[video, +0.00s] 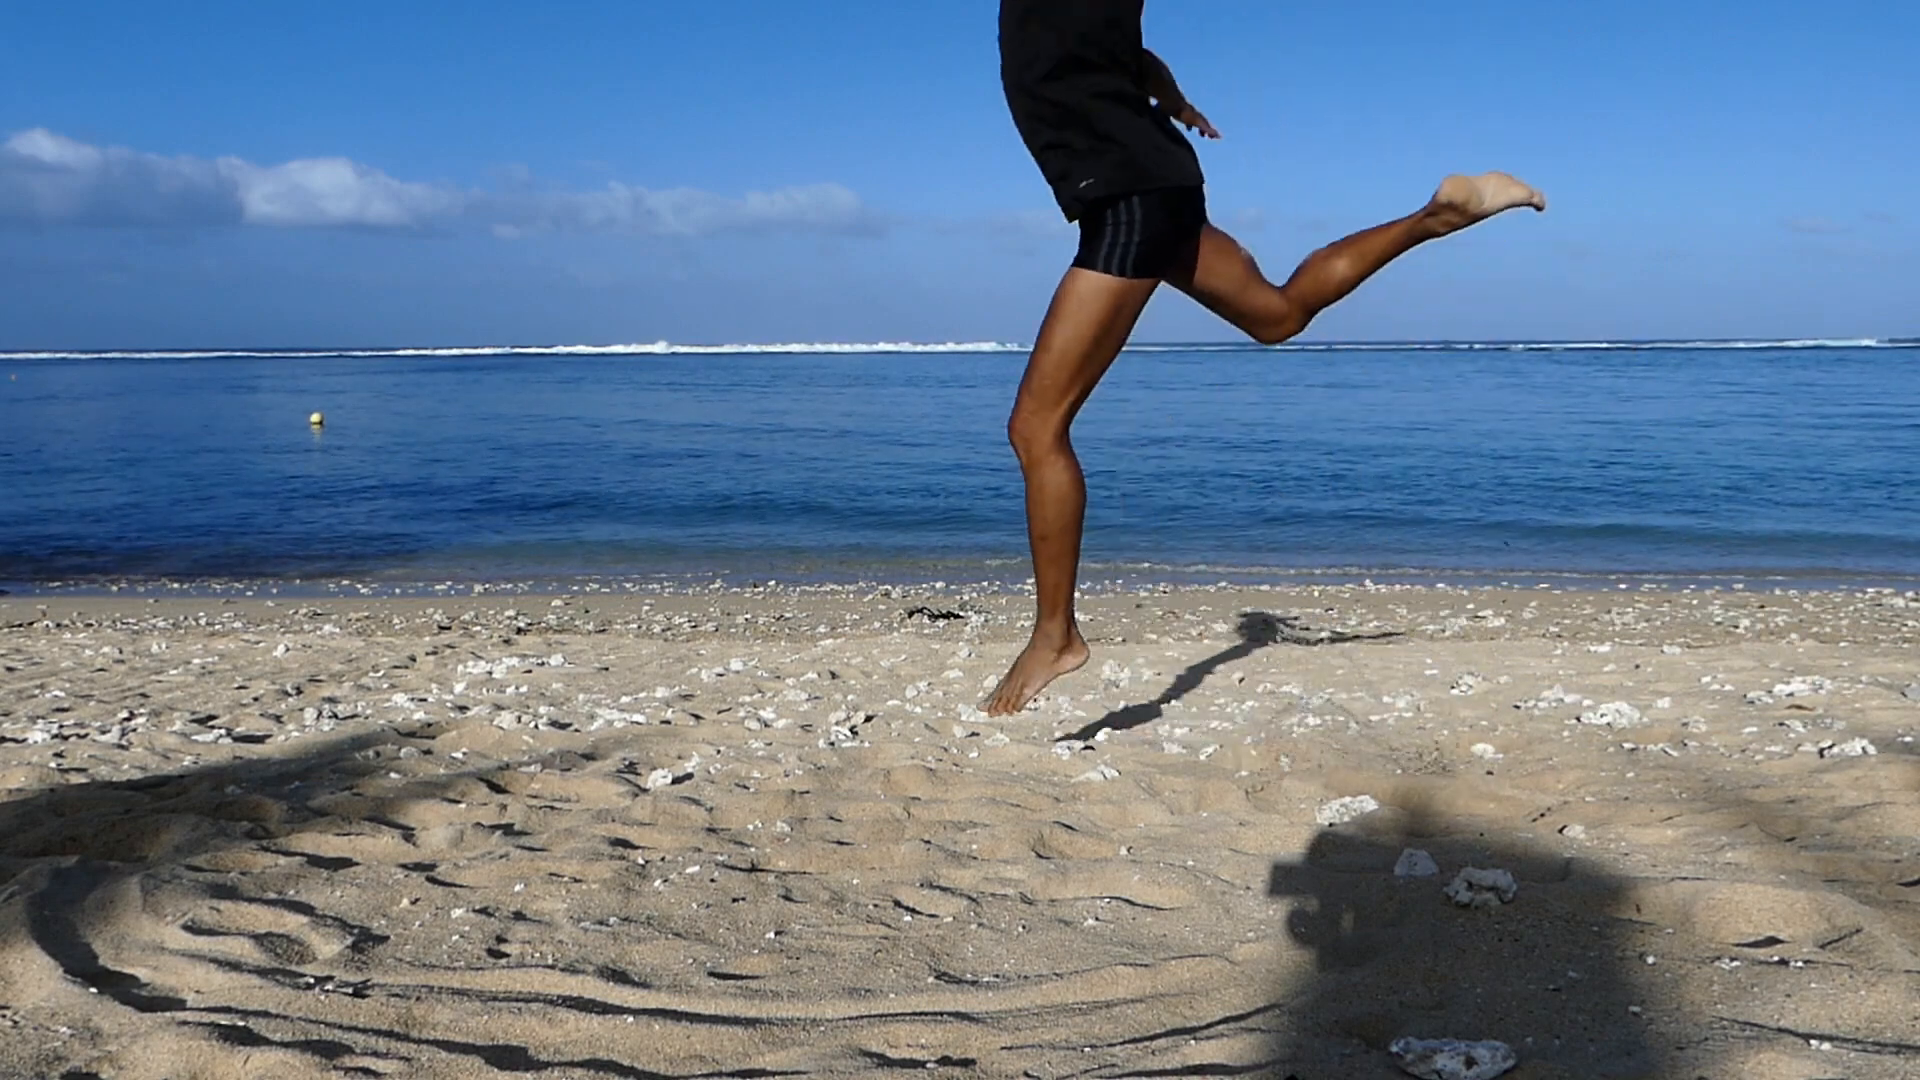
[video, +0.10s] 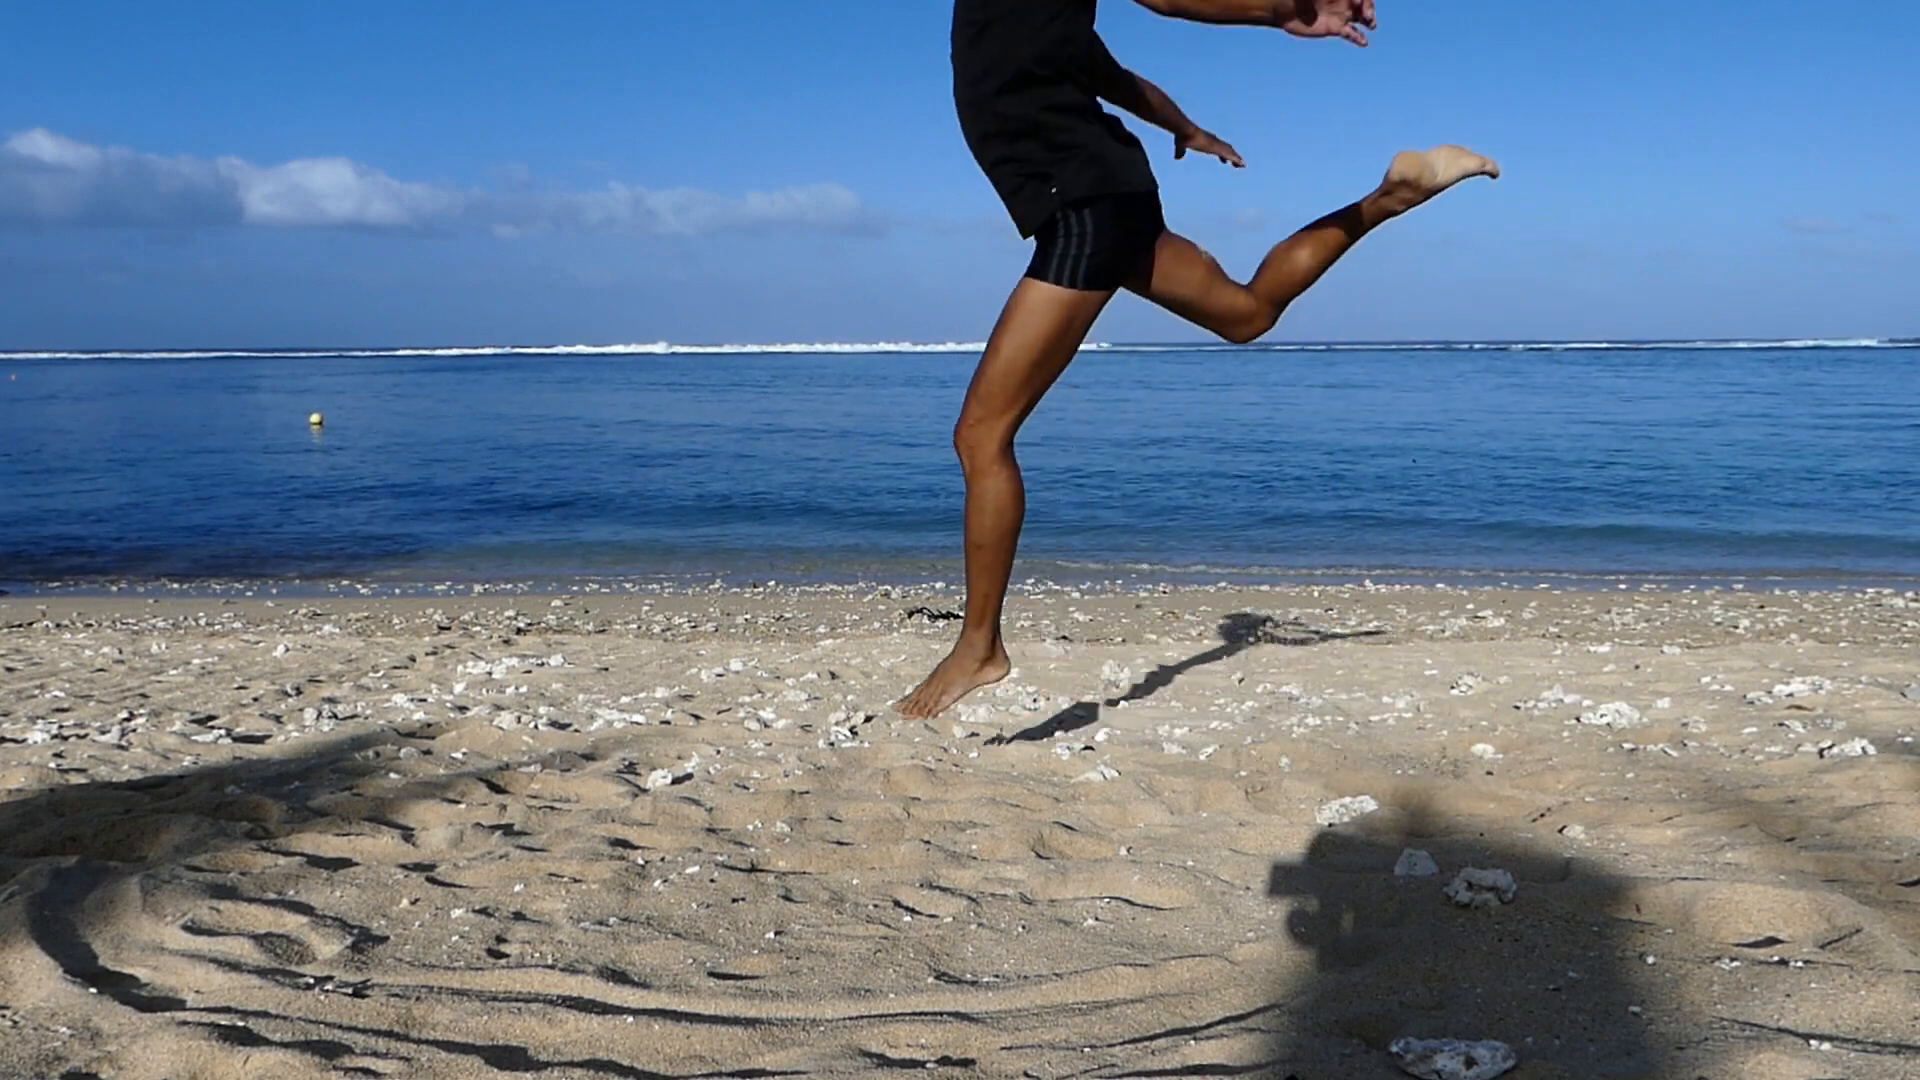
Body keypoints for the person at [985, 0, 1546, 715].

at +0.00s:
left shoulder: (1081, 13)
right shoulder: (1056, 13)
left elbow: (1126, 56)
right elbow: (1132, 58)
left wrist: (1169, 99)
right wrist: (1172, 101)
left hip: (1132, 196)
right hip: (1149, 189)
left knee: (1037, 426)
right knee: (1276, 314)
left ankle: (1055, 638)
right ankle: (1440, 215)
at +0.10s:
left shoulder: (1035, 15)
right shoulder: (1020, 20)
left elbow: (1168, 1)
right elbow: (1113, 79)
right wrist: (1183, 127)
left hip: (1089, 204)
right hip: (1099, 199)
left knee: (983, 433)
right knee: (1245, 311)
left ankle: (977, 651)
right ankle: (1396, 193)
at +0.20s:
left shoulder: (969, 2)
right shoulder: (957, 30)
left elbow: (1099, 49)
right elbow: (1071, 117)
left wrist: (1228, 110)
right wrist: (1167, 167)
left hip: (1019, 245)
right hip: (1036, 239)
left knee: (921, 471)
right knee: (1190, 335)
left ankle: (872, 682)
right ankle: (1320, 190)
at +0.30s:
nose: (811, 6)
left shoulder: (929, 14)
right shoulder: (889, 37)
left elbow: (1051, 103)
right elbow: (1026, 144)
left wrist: (1171, 173)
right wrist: (1134, 198)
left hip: (972, 279)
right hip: (983, 272)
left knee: (884, 509)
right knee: (1148, 368)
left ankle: (823, 717)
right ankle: (1267, 223)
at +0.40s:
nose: (729, 46)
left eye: (732, 22)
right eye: (724, 26)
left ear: (788, 9)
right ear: (790, 13)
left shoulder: (852, 76)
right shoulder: (831, 85)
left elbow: (965, 182)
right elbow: (954, 201)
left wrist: (1067, 266)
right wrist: (1066, 259)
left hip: (897, 353)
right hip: (918, 343)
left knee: (817, 578)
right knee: (1080, 436)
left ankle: (813, 783)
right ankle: (1203, 317)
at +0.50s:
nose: (688, 81)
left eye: (694, 59)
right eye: (687, 62)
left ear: (745, 47)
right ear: (746, 50)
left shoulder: (804, 132)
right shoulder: (793, 133)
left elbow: (907, 246)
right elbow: (914, 239)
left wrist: (993, 342)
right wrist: (1020, 314)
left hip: (856, 389)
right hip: (875, 381)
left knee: (766, 603)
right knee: (1026, 502)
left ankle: (815, 787)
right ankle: (1158, 405)